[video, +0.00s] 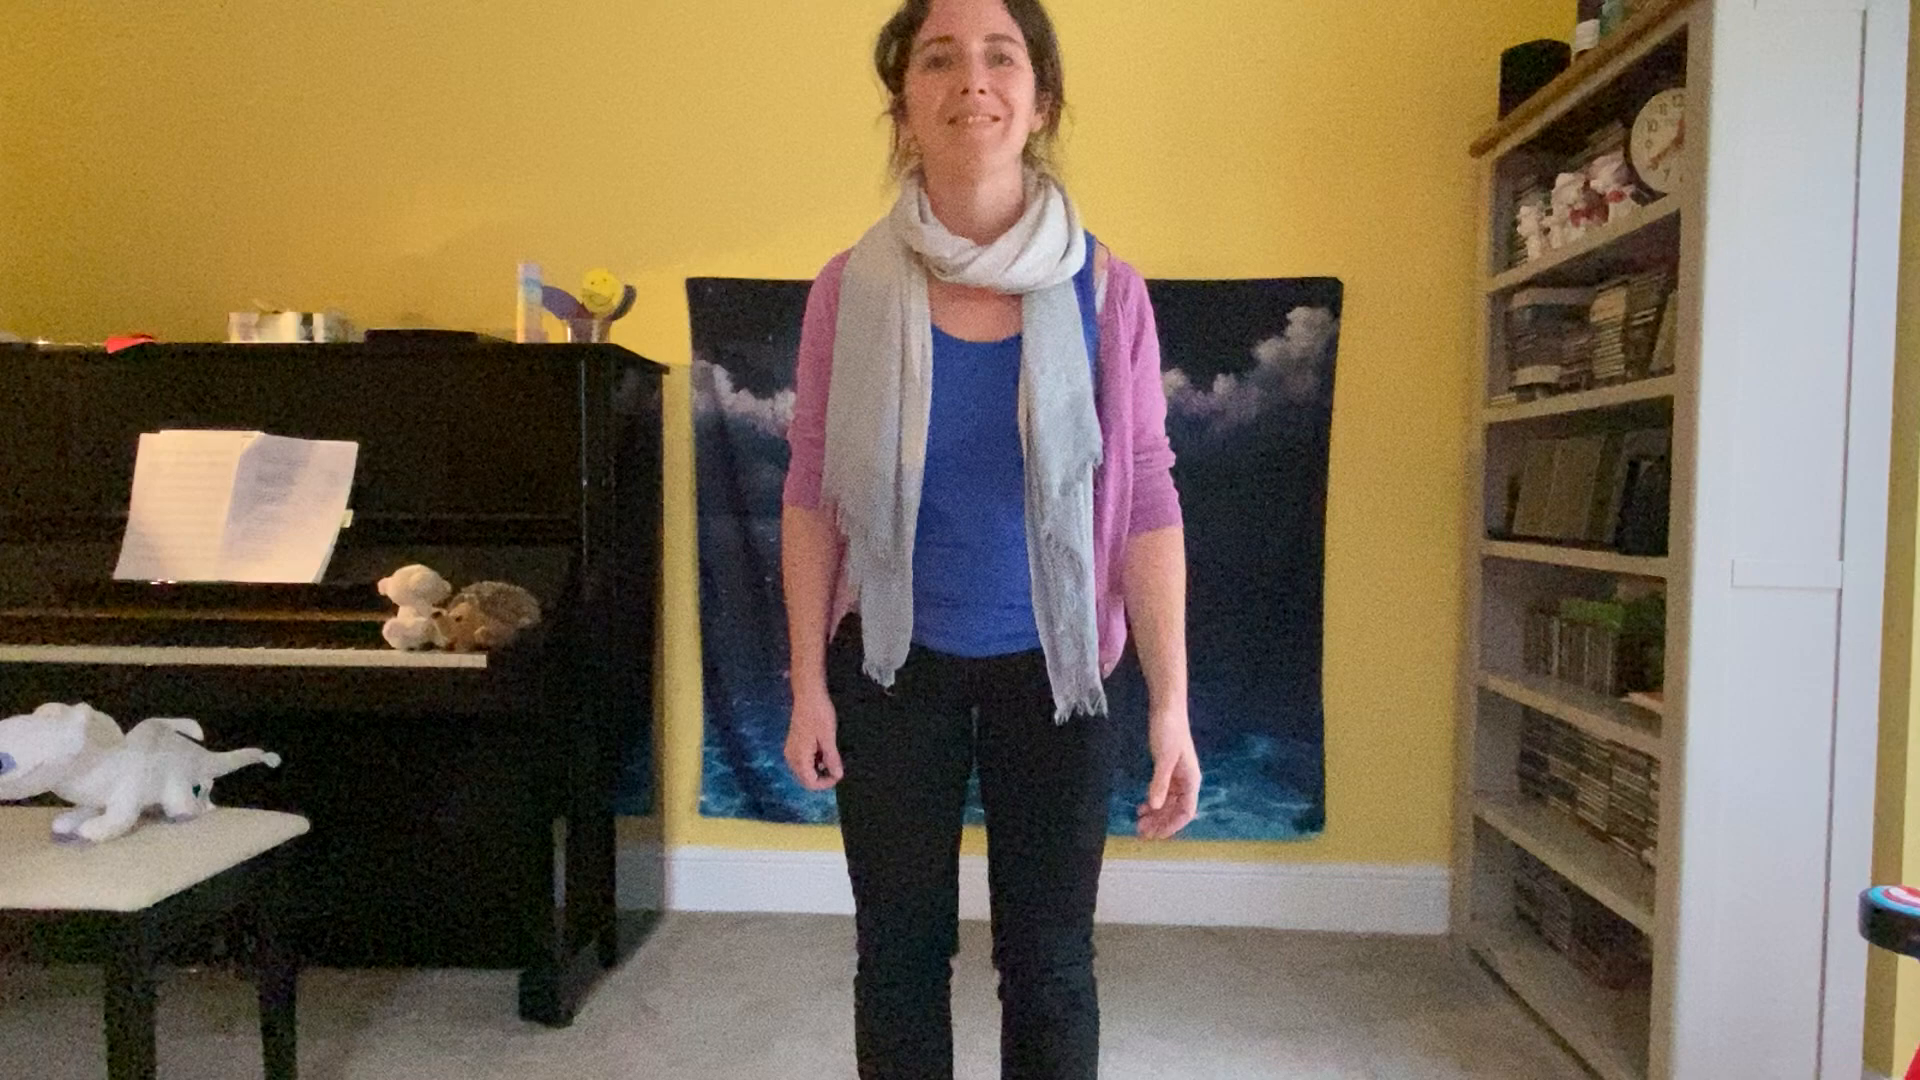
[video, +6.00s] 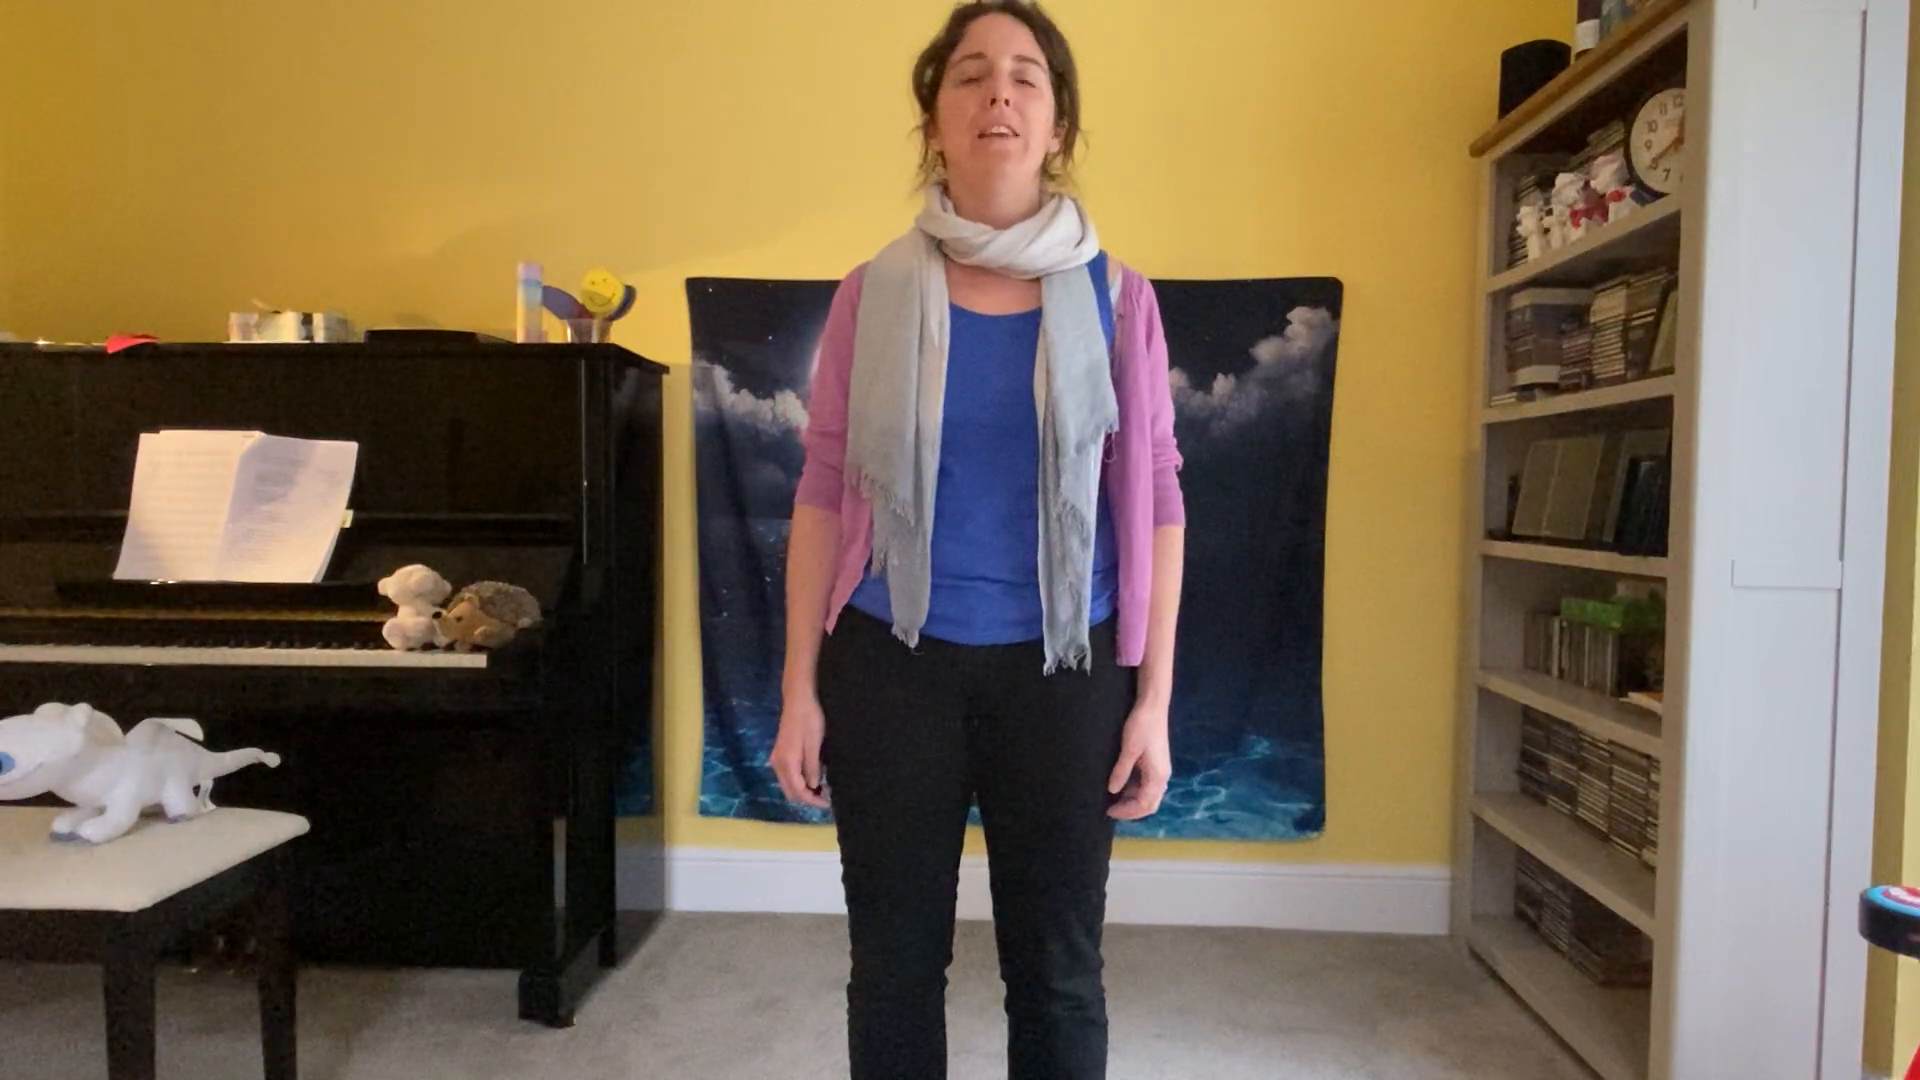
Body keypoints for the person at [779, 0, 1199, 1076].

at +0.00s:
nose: (973, 79)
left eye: (1000, 54)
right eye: (941, 58)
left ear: (1040, 96)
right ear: (901, 101)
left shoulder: (1108, 292)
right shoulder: (845, 291)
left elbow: (1149, 507)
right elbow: (811, 496)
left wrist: (1170, 705)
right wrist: (806, 683)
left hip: (1059, 680)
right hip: (891, 677)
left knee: (1050, 974)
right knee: (898, 970)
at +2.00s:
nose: (991, 68)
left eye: (1018, 53)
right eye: (962, 51)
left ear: (1053, 106)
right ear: (921, 101)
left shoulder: (1117, 292)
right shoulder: (860, 284)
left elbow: (1152, 500)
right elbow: (816, 493)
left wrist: (1166, 702)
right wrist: (792, 688)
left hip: (1066, 680)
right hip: (886, 675)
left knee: (1064, 981)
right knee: (887, 976)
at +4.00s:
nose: (1010, 100)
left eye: (1035, 87)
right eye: (985, 84)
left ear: (1069, 136)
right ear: (946, 133)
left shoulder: (1128, 308)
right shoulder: (883, 299)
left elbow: (1166, 509)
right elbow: (832, 491)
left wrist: (1161, 697)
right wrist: (803, 680)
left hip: (1071, 681)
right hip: (894, 674)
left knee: (1067, 980)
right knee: (893, 978)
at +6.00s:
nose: (998, 93)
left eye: (1024, 77)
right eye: (972, 75)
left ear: (1059, 124)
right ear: (933, 122)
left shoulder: (1119, 302)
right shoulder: (871, 295)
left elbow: (1156, 504)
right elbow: (821, 494)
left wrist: (1153, 695)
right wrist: (798, 685)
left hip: (1063, 681)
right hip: (889, 676)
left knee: (1060, 984)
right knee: (893, 981)